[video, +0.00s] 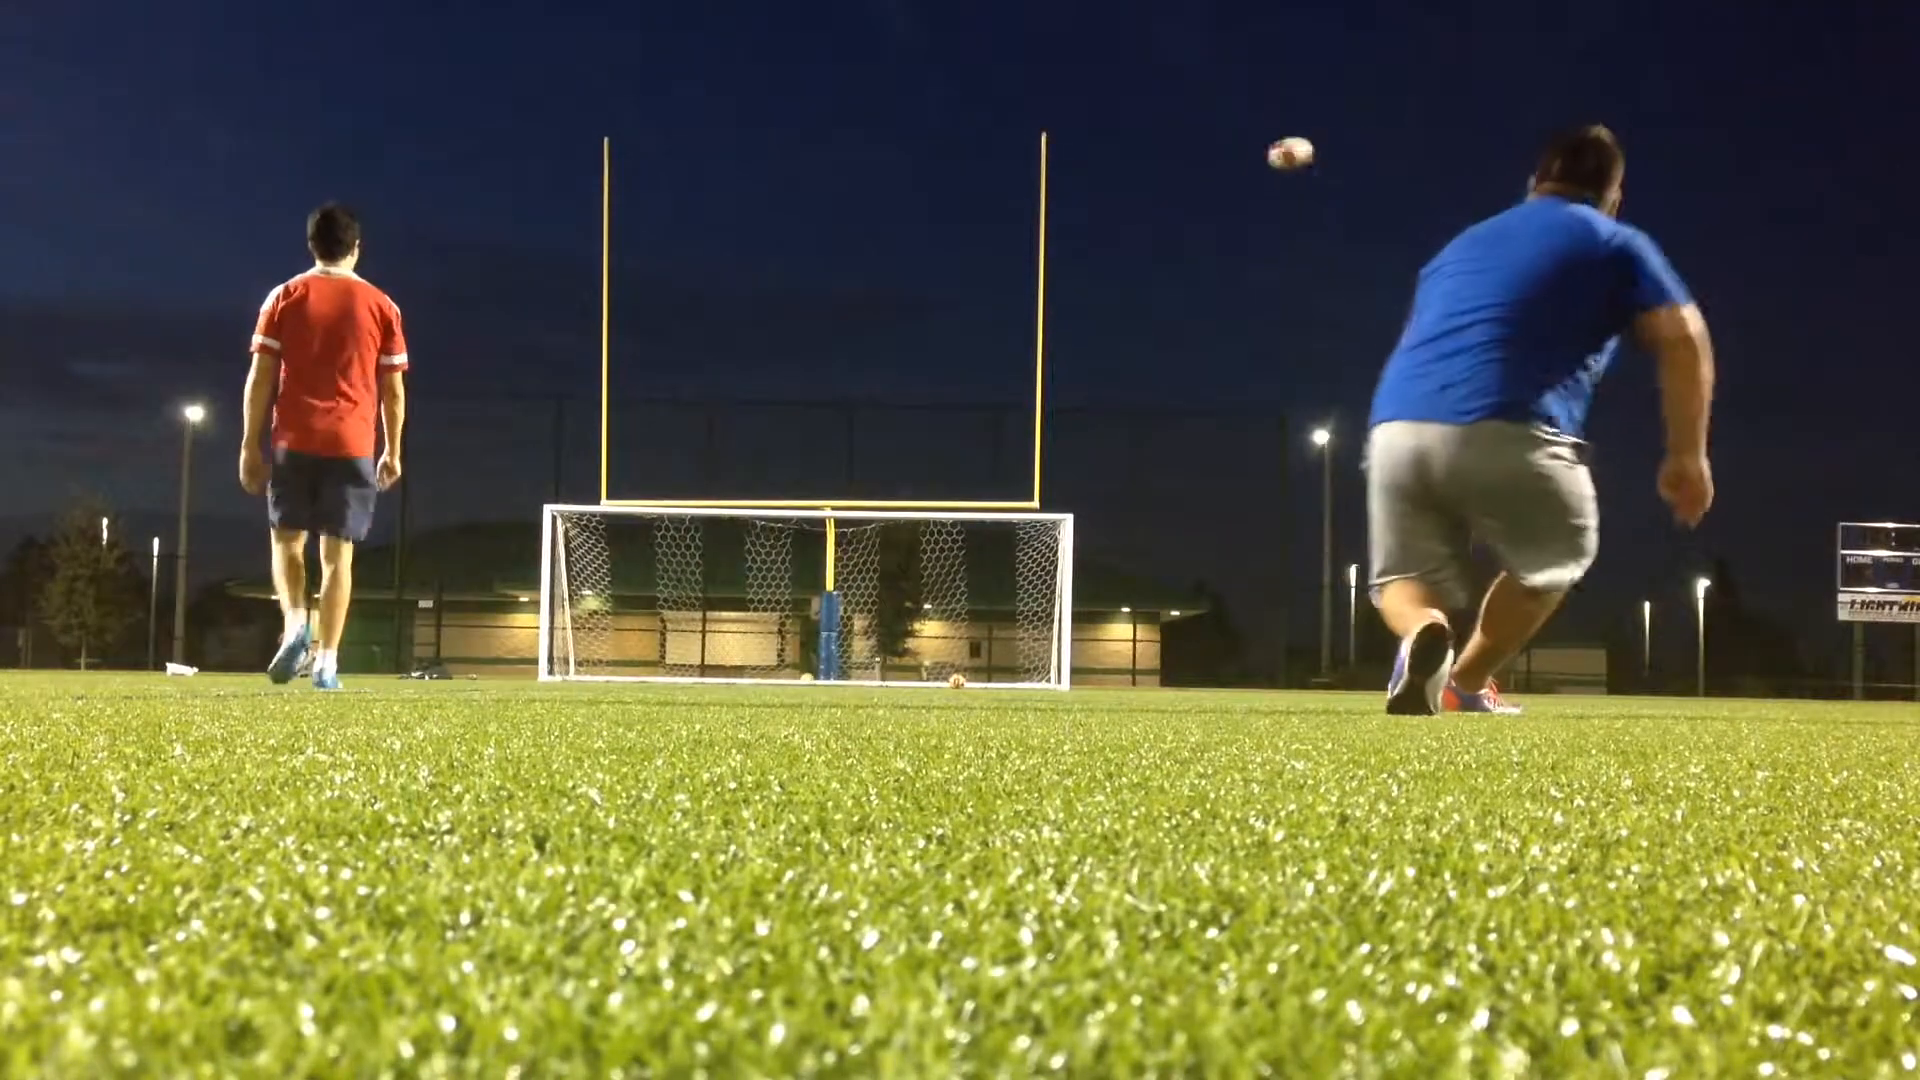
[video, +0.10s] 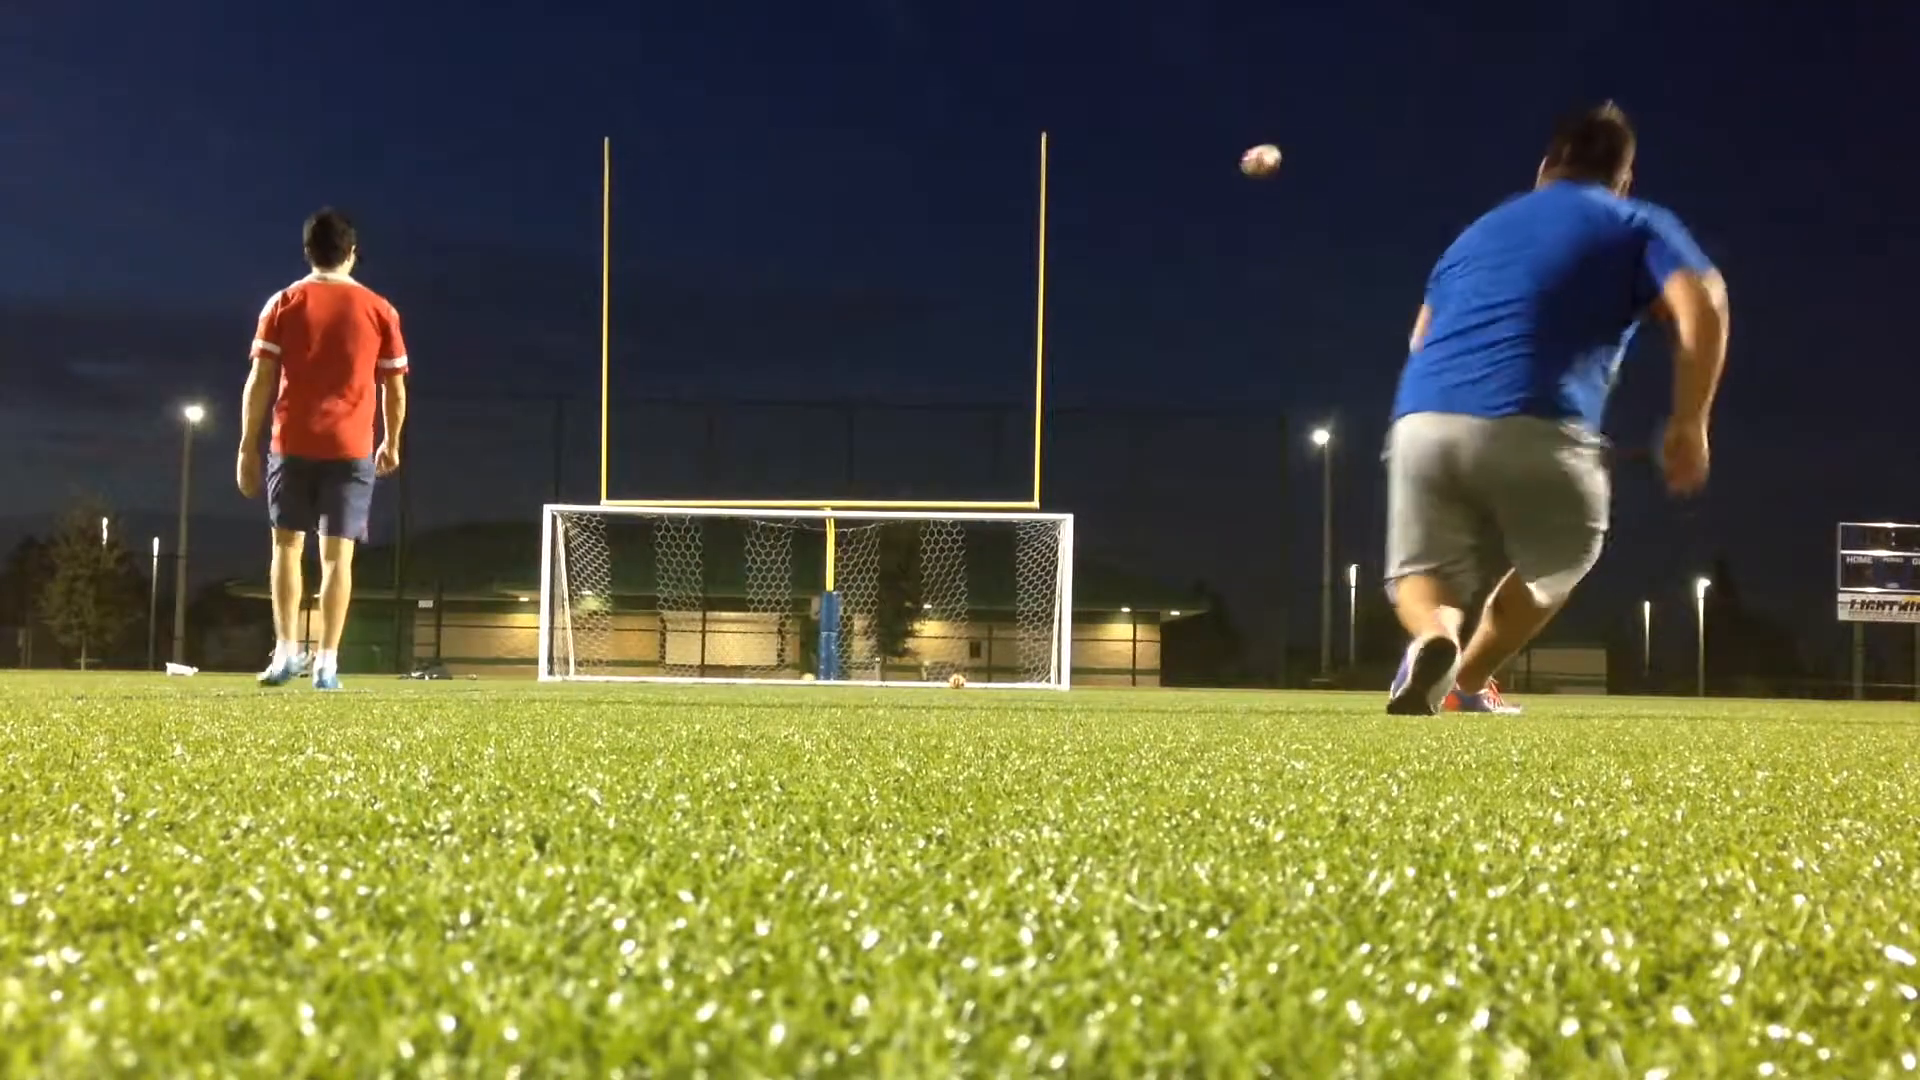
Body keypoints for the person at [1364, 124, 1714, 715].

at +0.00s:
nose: (1616, 206)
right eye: (1616, 197)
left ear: (1535, 183)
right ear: (1612, 195)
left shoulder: (1465, 241)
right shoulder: (1615, 242)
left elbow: (1427, 340)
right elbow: (1685, 334)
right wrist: (1688, 454)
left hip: (1400, 428)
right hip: (1512, 432)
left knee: (1402, 574)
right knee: (1553, 557)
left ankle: (1423, 630)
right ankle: (1466, 682)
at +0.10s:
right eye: (1628, 183)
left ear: (1543, 170)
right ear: (1623, 180)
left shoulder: (1477, 231)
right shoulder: (1635, 221)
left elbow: (1421, 339)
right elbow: (1703, 305)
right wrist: (1689, 424)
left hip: (1425, 418)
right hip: (1539, 422)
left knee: (1418, 567)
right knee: (1558, 556)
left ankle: (1434, 637)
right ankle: (1466, 684)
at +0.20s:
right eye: (1649, 129)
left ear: (1563, 124)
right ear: (1644, 127)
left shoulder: (1503, 193)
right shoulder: (1659, 162)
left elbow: (1447, 316)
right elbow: (1708, 240)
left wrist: (1488, 381)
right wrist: (1699, 358)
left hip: (1481, 391)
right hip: (1596, 395)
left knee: (1448, 546)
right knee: (1603, 547)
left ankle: (1441, 645)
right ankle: (1519, 660)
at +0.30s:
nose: (1684, 114)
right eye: (1681, 105)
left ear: (1590, 105)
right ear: (1672, 104)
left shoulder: (1520, 180)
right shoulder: (1689, 145)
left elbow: (1479, 305)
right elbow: (1744, 239)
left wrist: (1525, 371)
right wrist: (1768, 356)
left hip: (1513, 380)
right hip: (1634, 376)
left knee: (1470, 535)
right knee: (1690, 502)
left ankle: (1439, 652)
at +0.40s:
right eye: (1726, 84)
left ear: (1630, 85)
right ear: (1719, 85)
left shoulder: (1557, 167)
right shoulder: (1744, 133)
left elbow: (1523, 291)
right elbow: (1819, 234)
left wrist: (1589, 345)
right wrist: (1852, 345)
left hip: (1556, 364)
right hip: (1692, 362)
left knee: (1500, 534)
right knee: (1774, 498)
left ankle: (1437, 665)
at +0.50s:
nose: (1701, 66)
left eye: (1706, 53)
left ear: (1715, 56)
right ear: (1805, 54)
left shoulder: (1644, 139)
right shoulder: (1850, 104)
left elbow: (1602, 270)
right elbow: (1906, 207)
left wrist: (1707, 272)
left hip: (1660, 350)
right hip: (1806, 343)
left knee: (1571, 526)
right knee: (1854, 520)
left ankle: (1478, 660)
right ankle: (1872, 688)